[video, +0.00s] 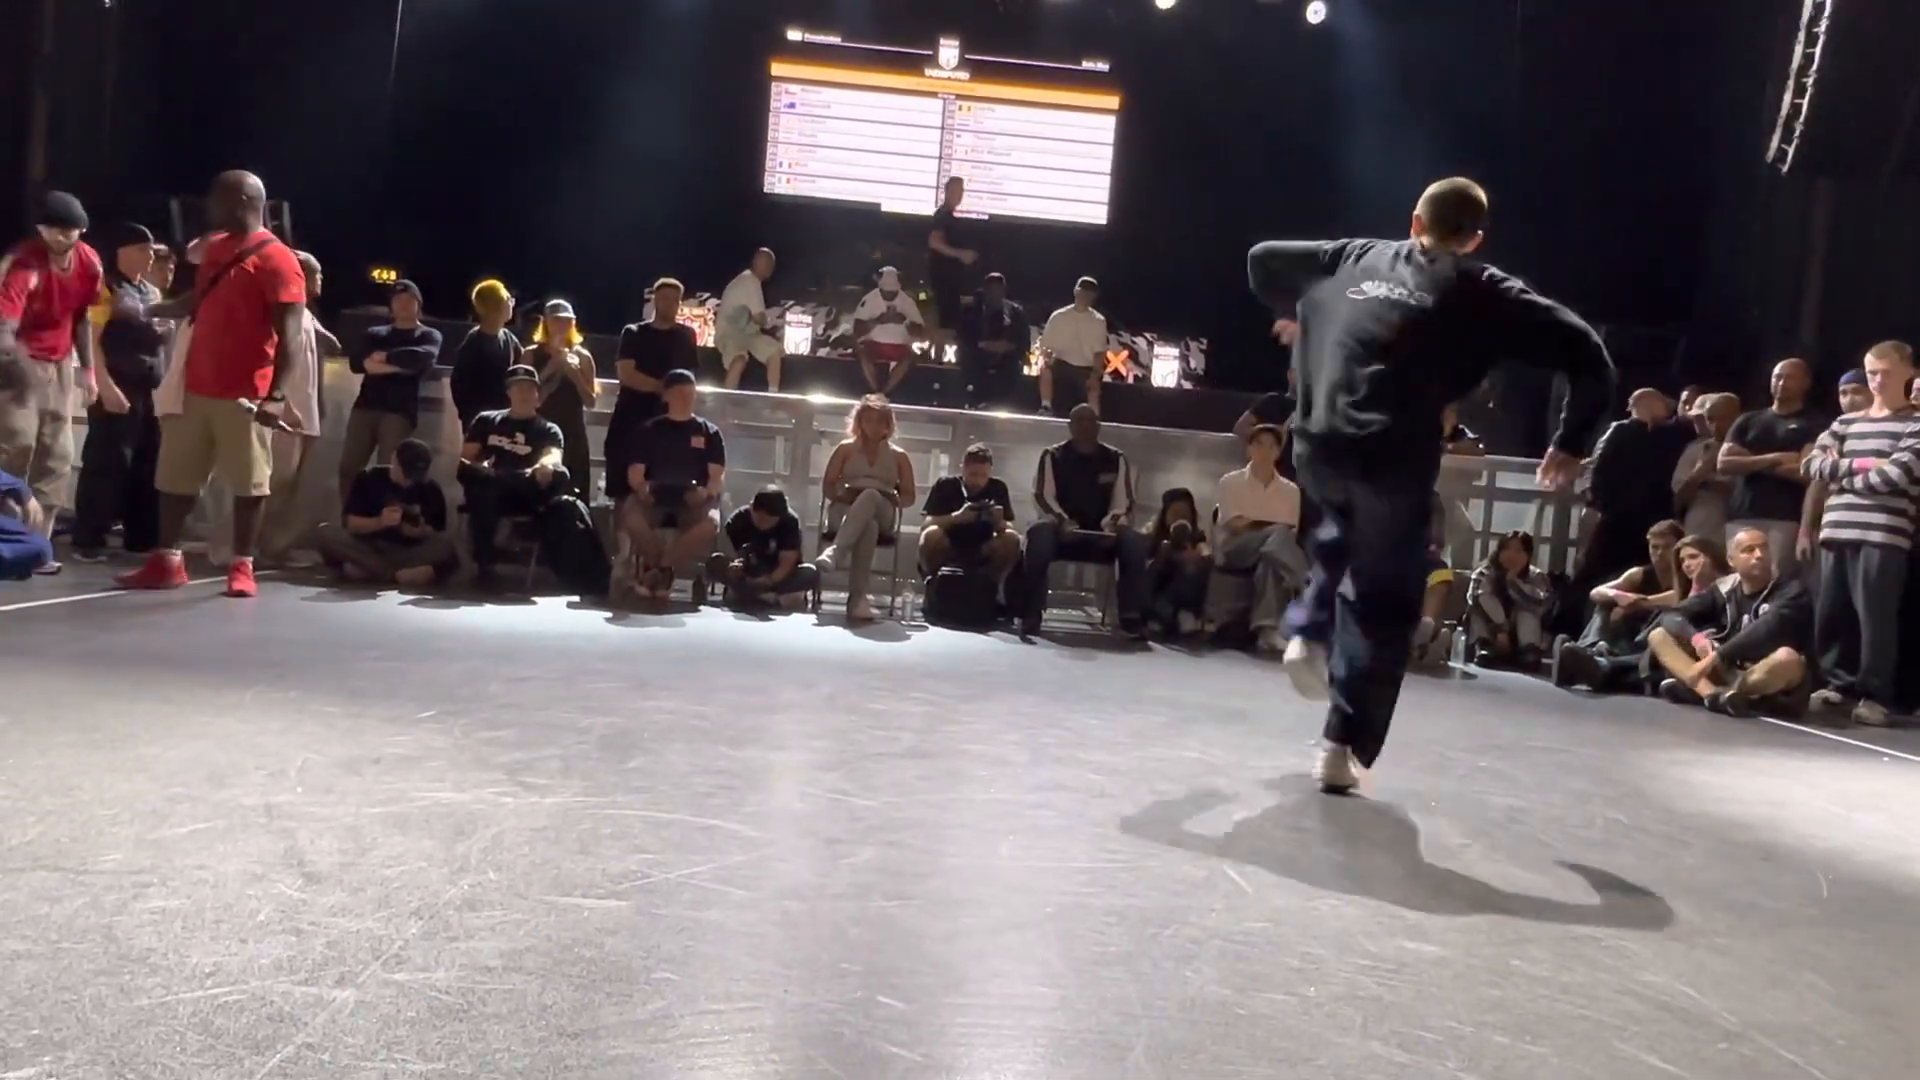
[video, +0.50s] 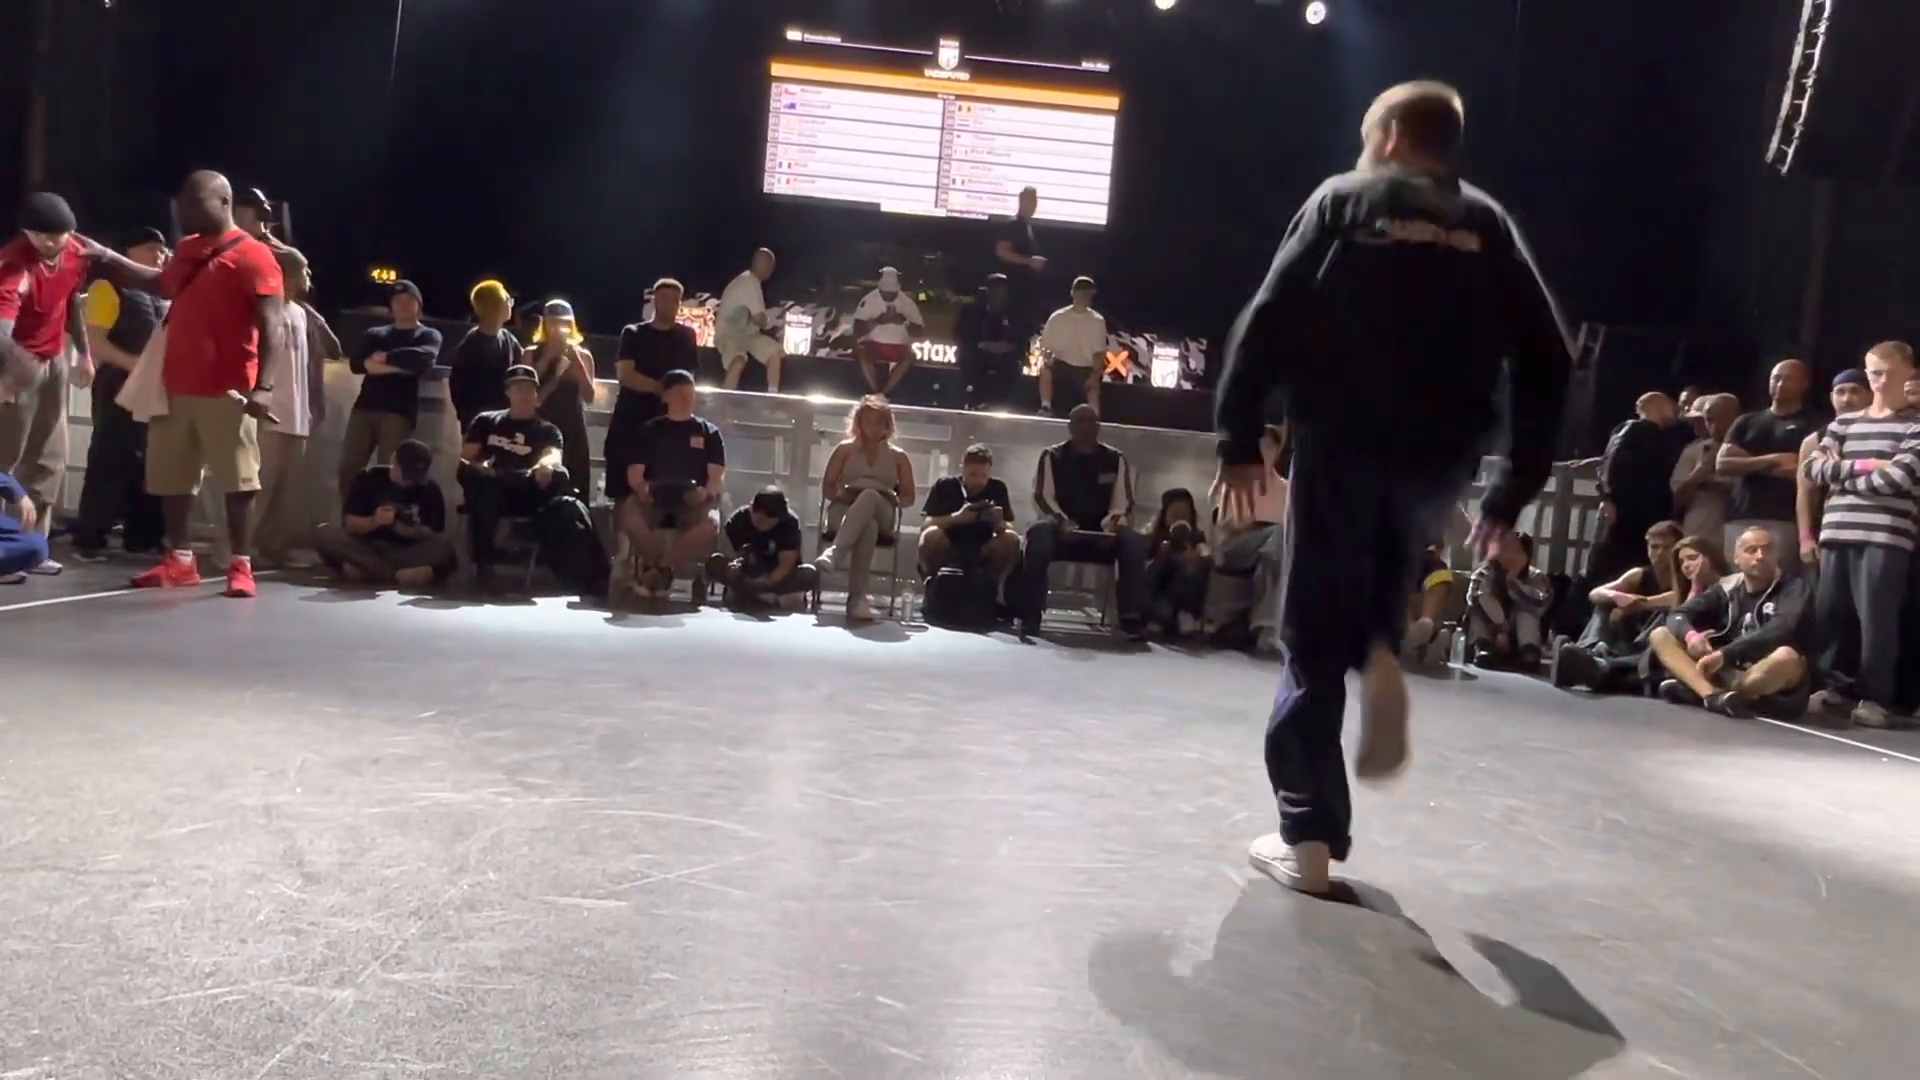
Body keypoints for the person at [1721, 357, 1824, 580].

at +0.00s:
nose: (1781, 383)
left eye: (1788, 378)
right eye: (1778, 377)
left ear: (1805, 383)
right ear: (1771, 381)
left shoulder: (1816, 425)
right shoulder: (1748, 421)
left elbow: (1808, 472)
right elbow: (1724, 463)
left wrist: (1751, 461)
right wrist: (1779, 459)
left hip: (1786, 518)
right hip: (1744, 516)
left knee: (1780, 591)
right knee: (1740, 590)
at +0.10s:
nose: (1781, 383)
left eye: (1789, 378)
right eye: (1778, 377)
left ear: (1805, 383)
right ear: (1772, 381)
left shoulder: (1815, 425)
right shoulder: (1747, 421)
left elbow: (1809, 472)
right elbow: (1724, 463)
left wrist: (1750, 460)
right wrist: (1779, 459)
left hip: (1784, 519)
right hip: (1742, 516)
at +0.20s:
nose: (1781, 383)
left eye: (1788, 378)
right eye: (1778, 377)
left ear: (1805, 384)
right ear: (1771, 381)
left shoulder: (1818, 425)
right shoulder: (1748, 420)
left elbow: (1813, 470)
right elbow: (1724, 463)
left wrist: (1752, 462)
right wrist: (1777, 459)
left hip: (1787, 520)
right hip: (1744, 518)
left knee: (1783, 594)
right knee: (1740, 594)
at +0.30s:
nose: (1781, 382)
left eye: (1789, 378)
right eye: (1778, 377)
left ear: (1804, 384)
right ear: (1771, 382)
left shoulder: (1817, 425)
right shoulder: (1747, 421)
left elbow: (1813, 472)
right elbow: (1724, 463)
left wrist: (1752, 462)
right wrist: (1777, 459)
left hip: (1786, 520)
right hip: (1743, 518)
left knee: (1782, 595)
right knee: (1739, 595)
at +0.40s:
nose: (1781, 383)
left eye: (1788, 378)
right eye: (1777, 378)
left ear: (1803, 384)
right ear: (1770, 382)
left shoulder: (1816, 425)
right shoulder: (1746, 421)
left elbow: (1811, 473)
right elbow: (1723, 464)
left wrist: (1751, 462)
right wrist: (1777, 459)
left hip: (1786, 521)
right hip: (1742, 519)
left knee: (1782, 595)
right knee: (1739, 595)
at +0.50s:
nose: (1780, 383)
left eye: (1787, 379)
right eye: (1776, 378)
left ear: (1803, 384)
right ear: (1770, 382)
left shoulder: (1814, 425)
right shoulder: (1746, 422)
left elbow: (1807, 471)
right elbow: (1722, 464)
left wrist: (1749, 462)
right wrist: (1776, 459)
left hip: (1786, 521)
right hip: (1742, 519)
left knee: (1782, 597)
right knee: (1739, 596)